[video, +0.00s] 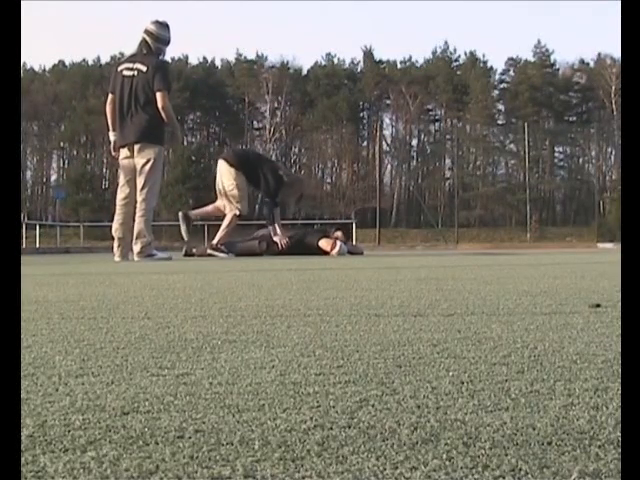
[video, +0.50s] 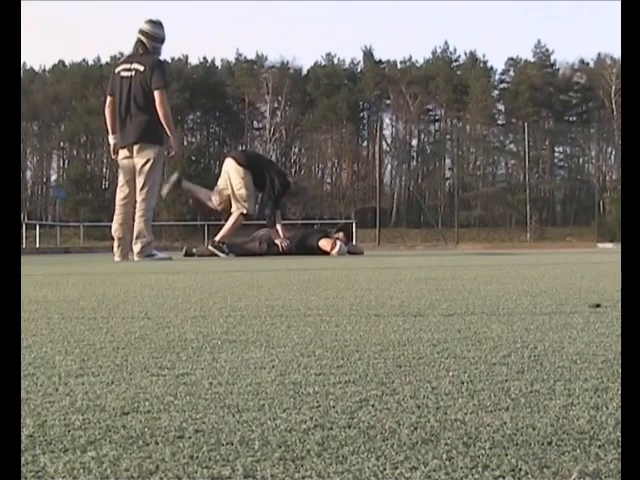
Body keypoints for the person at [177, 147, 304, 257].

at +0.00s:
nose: (291, 197)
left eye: (295, 195)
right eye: (294, 194)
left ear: (290, 183)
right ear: (291, 186)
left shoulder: (273, 180)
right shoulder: (276, 181)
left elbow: (269, 210)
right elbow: (273, 209)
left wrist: (275, 234)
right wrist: (278, 234)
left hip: (226, 161)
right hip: (233, 165)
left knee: (224, 205)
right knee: (236, 209)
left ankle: (190, 216)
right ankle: (215, 244)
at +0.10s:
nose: (291, 199)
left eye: (295, 196)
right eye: (294, 195)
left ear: (291, 183)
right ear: (292, 187)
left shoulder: (277, 180)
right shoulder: (277, 182)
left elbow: (274, 209)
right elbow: (271, 209)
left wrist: (280, 233)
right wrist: (276, 235)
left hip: (229, 160)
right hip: (235, 164)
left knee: (227, 205)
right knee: (238, 209)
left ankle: (193, 216)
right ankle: (215, 244)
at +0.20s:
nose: (294, 201)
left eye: (297, 197)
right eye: (297, 197)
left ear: (290, 185)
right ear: (292, 188)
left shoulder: (274, 180)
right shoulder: (277, 181)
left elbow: (271, 210)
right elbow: (275, 209)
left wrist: (276, 234)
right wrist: (280, 234)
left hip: (229, 161)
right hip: (236, 164)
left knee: (228, 205)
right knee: (239, 209)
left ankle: (194, 214)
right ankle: (216, 243)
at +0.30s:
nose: (293, 200)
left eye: (296, 198)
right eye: (295, 197)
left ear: (290, 185)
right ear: (292, 189)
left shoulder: (277, 179)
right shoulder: (278, 181)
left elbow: (276, 209)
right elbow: (270, 210)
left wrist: (281, 234)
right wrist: (277, 236)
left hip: (229, 162)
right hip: (238, 166)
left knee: (226, 206)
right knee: (241, 210)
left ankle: (191, 207)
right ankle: (217, 242)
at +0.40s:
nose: (288, 197)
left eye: (291, 195)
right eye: (291, 195)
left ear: (286, 183)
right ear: (289, 189)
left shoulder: (275, 178)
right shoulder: (277, 182)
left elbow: (277, 209)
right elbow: (271, 210)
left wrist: (281, 235)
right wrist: (277, 237)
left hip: (230, 161)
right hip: (239, 166)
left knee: (224, 206)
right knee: (240, 211)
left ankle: (188, 199)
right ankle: (217, 242)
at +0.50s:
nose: (286, 196)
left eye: (288, 194)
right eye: (288, 194)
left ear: (286, 182)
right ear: (288, 188)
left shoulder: (277, 180)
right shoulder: (277, 182)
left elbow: (277, 210)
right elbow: (268, 213)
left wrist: (282, 235)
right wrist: (277, 238)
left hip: (231, 161)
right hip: (239, 166)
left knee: (217, 203)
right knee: (241, 210)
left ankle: (182, 183)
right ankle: (218, 242)